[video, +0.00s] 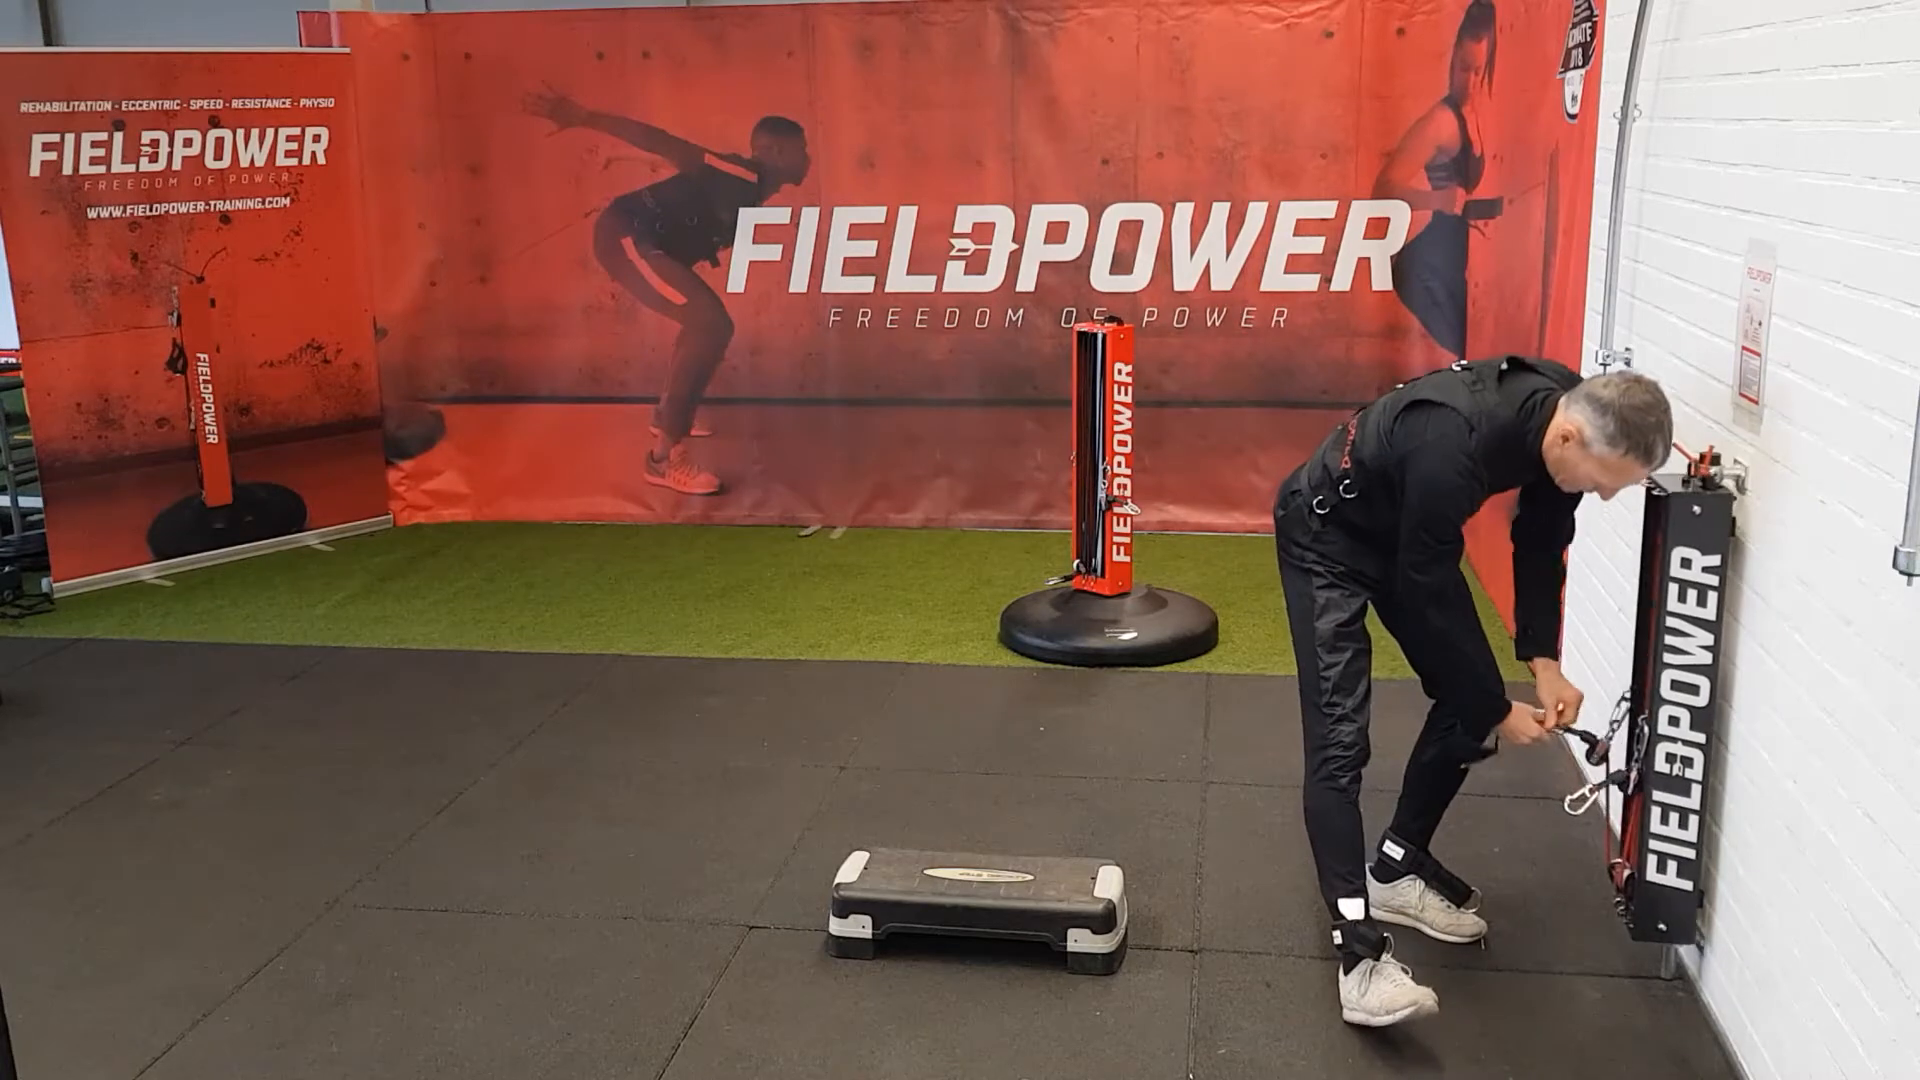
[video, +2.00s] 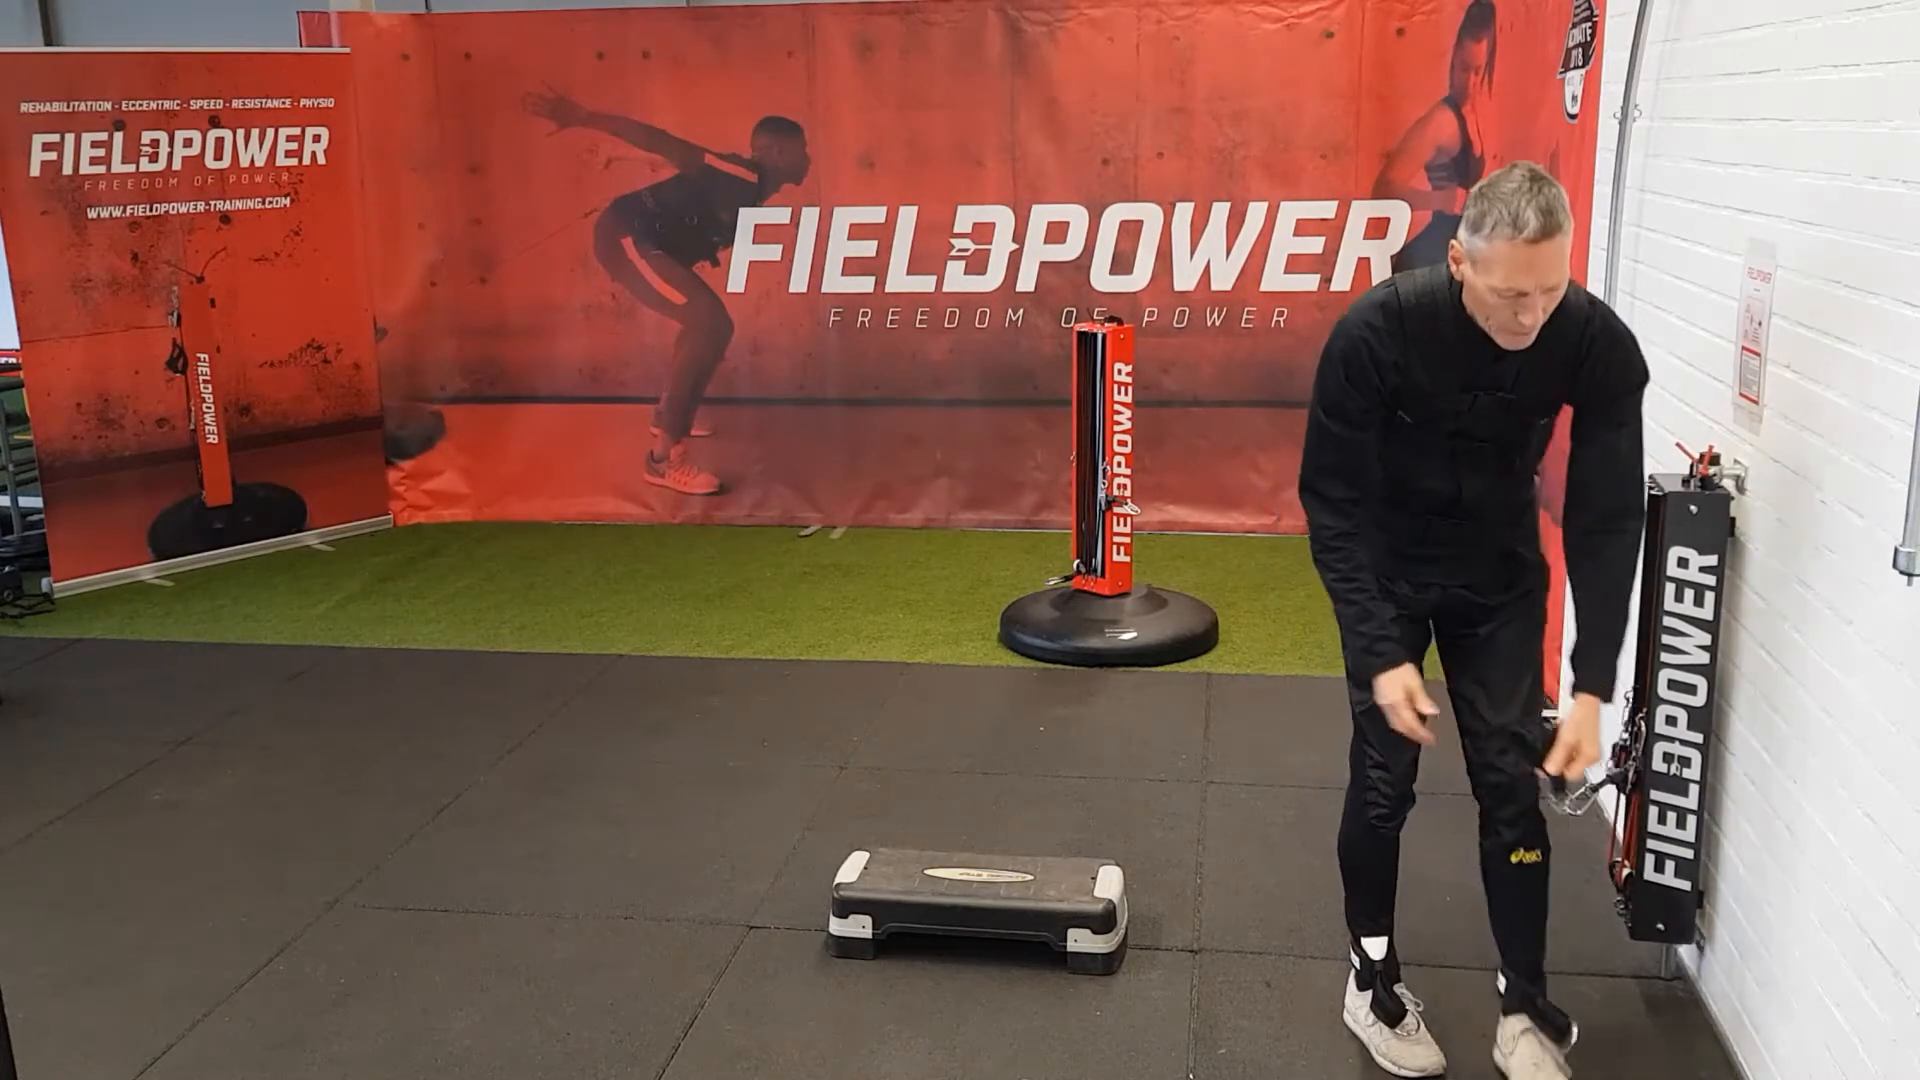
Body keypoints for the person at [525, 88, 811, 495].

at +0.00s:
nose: (807, 158)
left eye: (805, 150)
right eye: (800, 150)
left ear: (774, 151)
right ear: (770, 150)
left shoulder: (750, 190)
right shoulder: (735, 175)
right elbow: (661, 142)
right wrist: (584, 117)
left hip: (647, 238)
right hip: (626, 233)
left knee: (711, 322)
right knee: (711, 325)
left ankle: (671, 412)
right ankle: (665, 456)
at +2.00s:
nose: (807, 158)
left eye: (805, 149)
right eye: (800, 149)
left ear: (773, 151)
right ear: (771, 150)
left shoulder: (750, 187)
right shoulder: (736, 175)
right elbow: (659, 141)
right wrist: (583, 117)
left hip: (645, 236)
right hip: (627, 233)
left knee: (710, 322)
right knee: (712, 325)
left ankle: (670, 413)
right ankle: (665, 457)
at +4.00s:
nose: (808, 158)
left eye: (805, 149)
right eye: (800, 150)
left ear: (774, 152)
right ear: (770, 150)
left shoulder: (752, 188)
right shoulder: (735, 176)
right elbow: (658, 141)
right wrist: (584, 117)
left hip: (646, 237)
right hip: (626, 233)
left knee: (709, 322)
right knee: (713, 325)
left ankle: (670, 413)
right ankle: (665, 457)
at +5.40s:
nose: (807, 158)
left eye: (805, 149)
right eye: (800, 150)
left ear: (776, 152)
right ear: (772, 151)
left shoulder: (751, 188)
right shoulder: (736, 175)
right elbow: (659, 141)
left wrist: (709, 245)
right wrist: (583, 117)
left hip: (645, 237)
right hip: (626, 234)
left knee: (709, 322)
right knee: (713, 325)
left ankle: (670, 412)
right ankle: (664, 458)